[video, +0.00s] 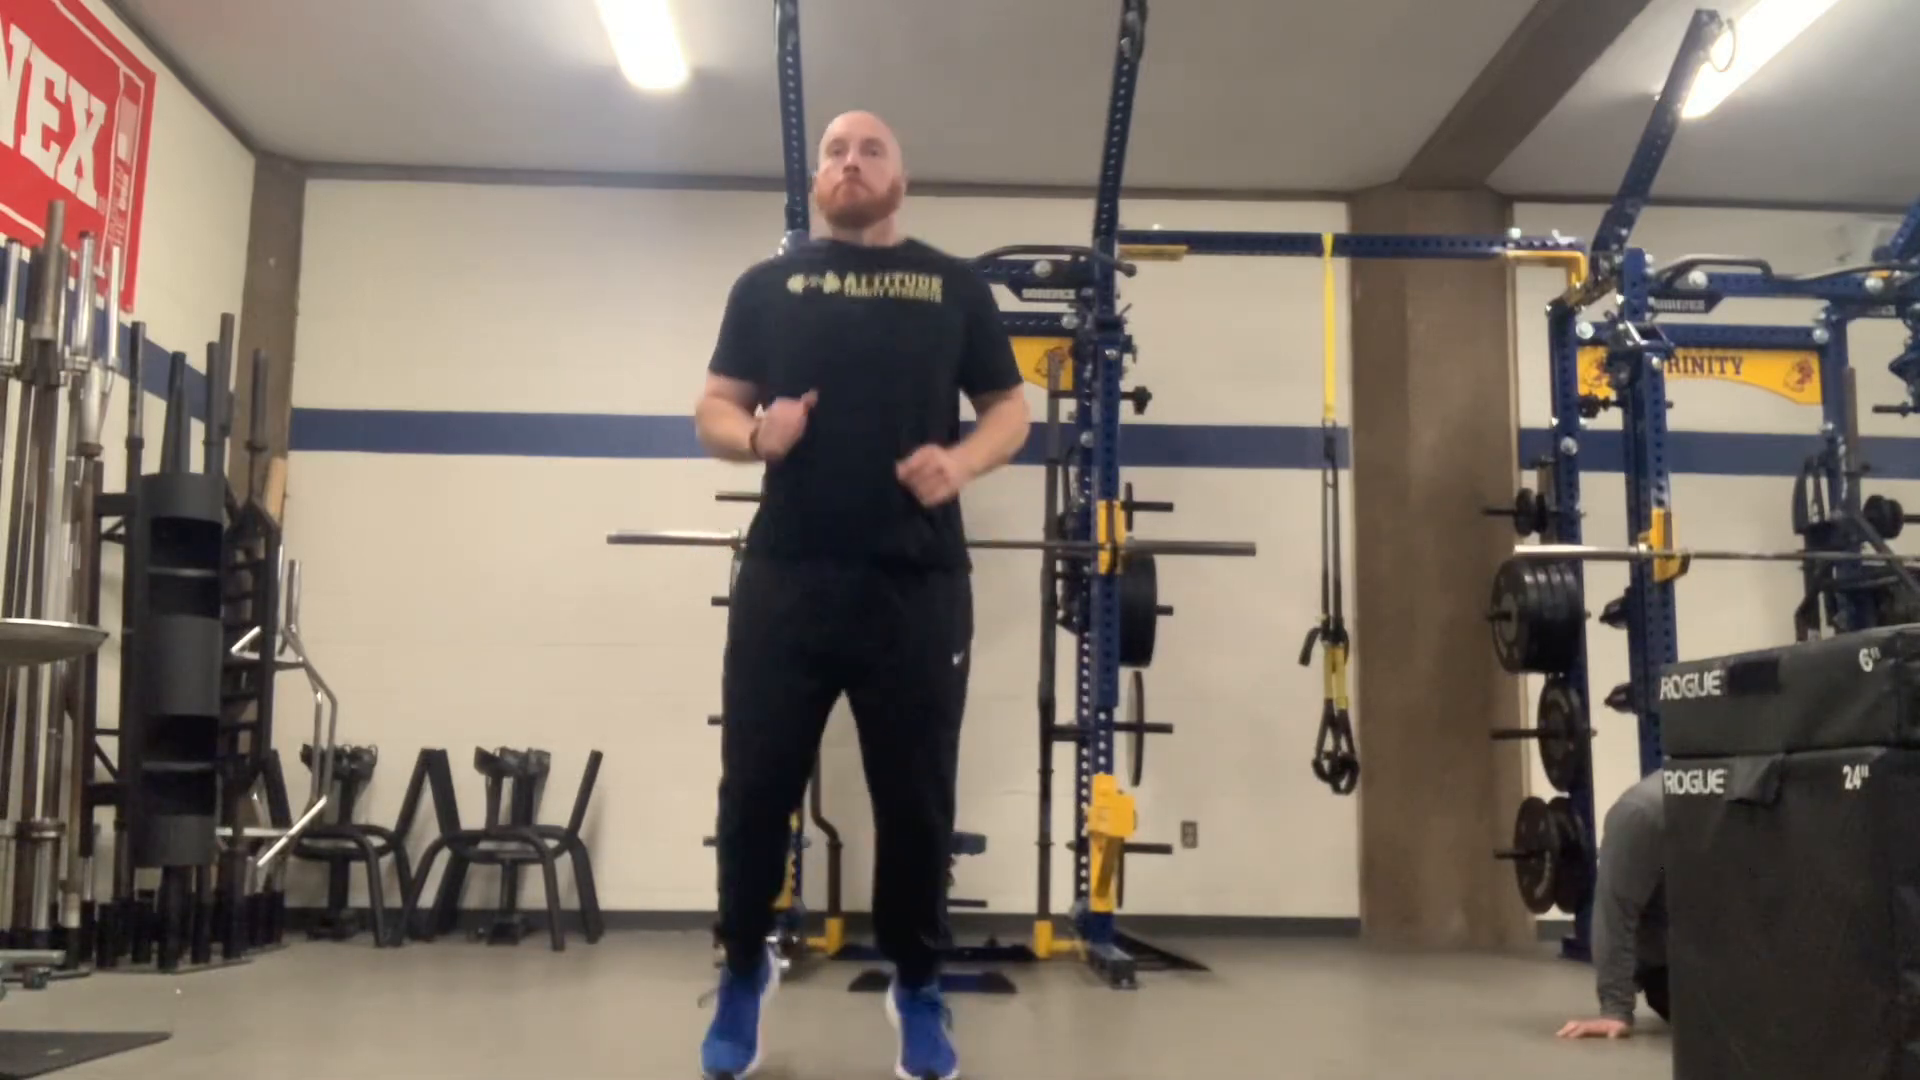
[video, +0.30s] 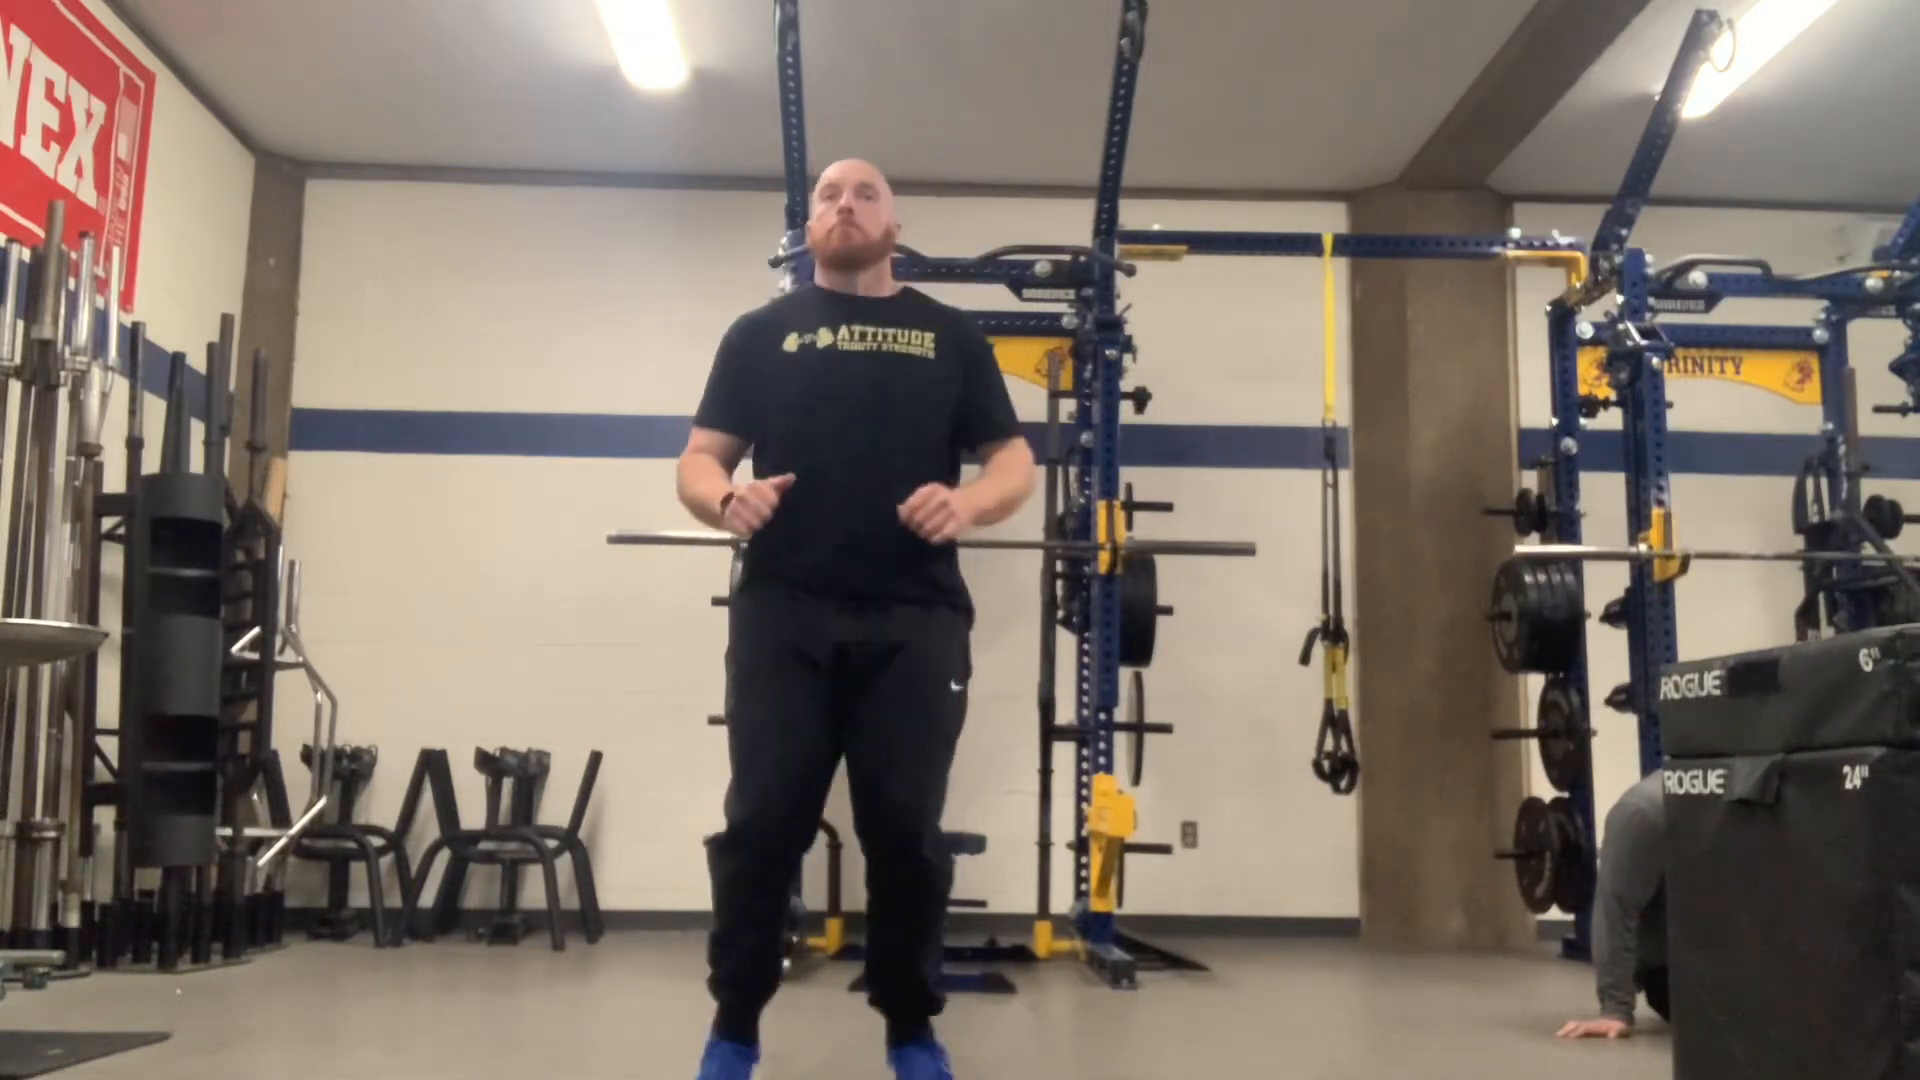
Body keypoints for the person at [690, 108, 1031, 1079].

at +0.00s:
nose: (851, 162)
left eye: (871, 151)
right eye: (837, 151)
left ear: (904, 181)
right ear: (813, 181)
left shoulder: (955, 287)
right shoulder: (765, 287)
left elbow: (1013, 409)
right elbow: (716, 412)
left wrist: (960, 461)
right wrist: (754, 433)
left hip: (916, 583)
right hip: (787, 579)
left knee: (917, 801)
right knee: (755, 789)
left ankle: (918, 992)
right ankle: (742, 974)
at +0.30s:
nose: (845, 202)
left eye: (864, 192)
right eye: (828, 194)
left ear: (897, 225)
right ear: (806, 229)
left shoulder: (952, 338)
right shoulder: (759, 335)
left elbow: (1014, 465)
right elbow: (699, 466)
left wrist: (966, 503)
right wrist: (726, 496)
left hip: (915, 620)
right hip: (783, 615)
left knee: (905, 831)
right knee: (761, 825)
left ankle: (912, 1032)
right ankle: (733, 1030)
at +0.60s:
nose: (842, 161)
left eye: (860, 151)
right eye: (824, 156)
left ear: (893, 185)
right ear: (801, 195)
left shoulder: (951, 290)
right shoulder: (754, 297)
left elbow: (1007, 410)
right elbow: (701, 420)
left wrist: (973, 466)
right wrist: (736, 455)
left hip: (918, 583)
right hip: (789, 579)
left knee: (916, 799)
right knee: (761, 791)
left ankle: (908, 991)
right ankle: (737, 984)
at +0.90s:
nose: (845, 124)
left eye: (861, 116)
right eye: (826, 121)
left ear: (892, 151)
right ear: (803, 161)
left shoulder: (945, 250)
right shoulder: (757, 258)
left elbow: (1008, 369)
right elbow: (703, 386)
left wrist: (976, 406)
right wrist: (753, 394)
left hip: (916, 541)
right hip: (788, 538)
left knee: (919, 755)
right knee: (754, 748)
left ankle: (914, 960)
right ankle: (742, 952)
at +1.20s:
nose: (843, 176)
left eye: (861, 166)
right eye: (826, 170)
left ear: (895, 199)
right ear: (804, 207)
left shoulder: (948, 306)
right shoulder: (759, 313)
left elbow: (1013, 437)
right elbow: (701, 444)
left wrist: (980, 451)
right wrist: (748, 466)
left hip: (912, 603)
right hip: (782, 602)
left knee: (916, 825)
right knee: (755, 818)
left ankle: (907, 1030)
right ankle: (738, 1022)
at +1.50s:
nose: (843, 204)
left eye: (863, 194)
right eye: (827, 196)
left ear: (894, 228)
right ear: (804, 230)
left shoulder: (945, 338)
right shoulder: (760, 338)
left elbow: (995, 460)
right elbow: (695, 460)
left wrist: (985, 530)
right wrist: (714, 509)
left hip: (909, 622)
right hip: (782, 622)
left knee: (913, 830)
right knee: (757, 821)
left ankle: (905, 1017)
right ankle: (739, 1006)